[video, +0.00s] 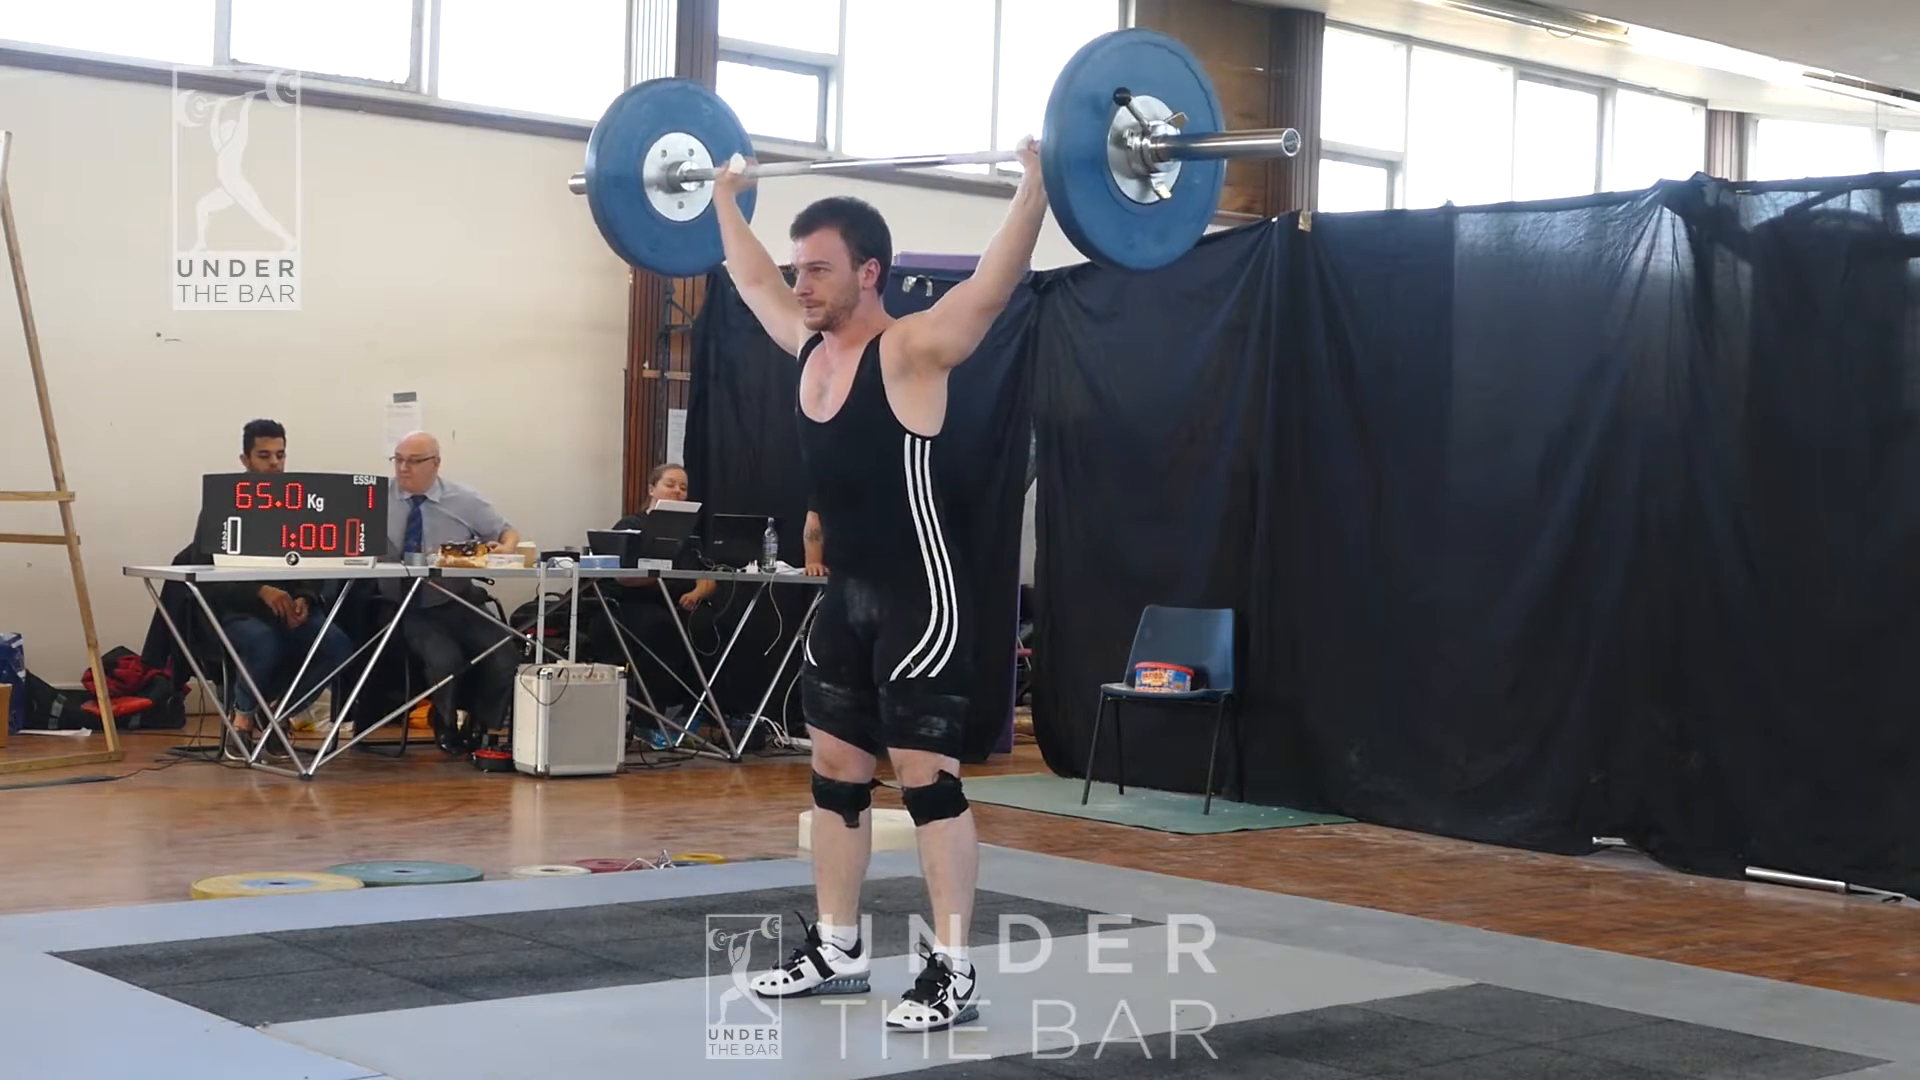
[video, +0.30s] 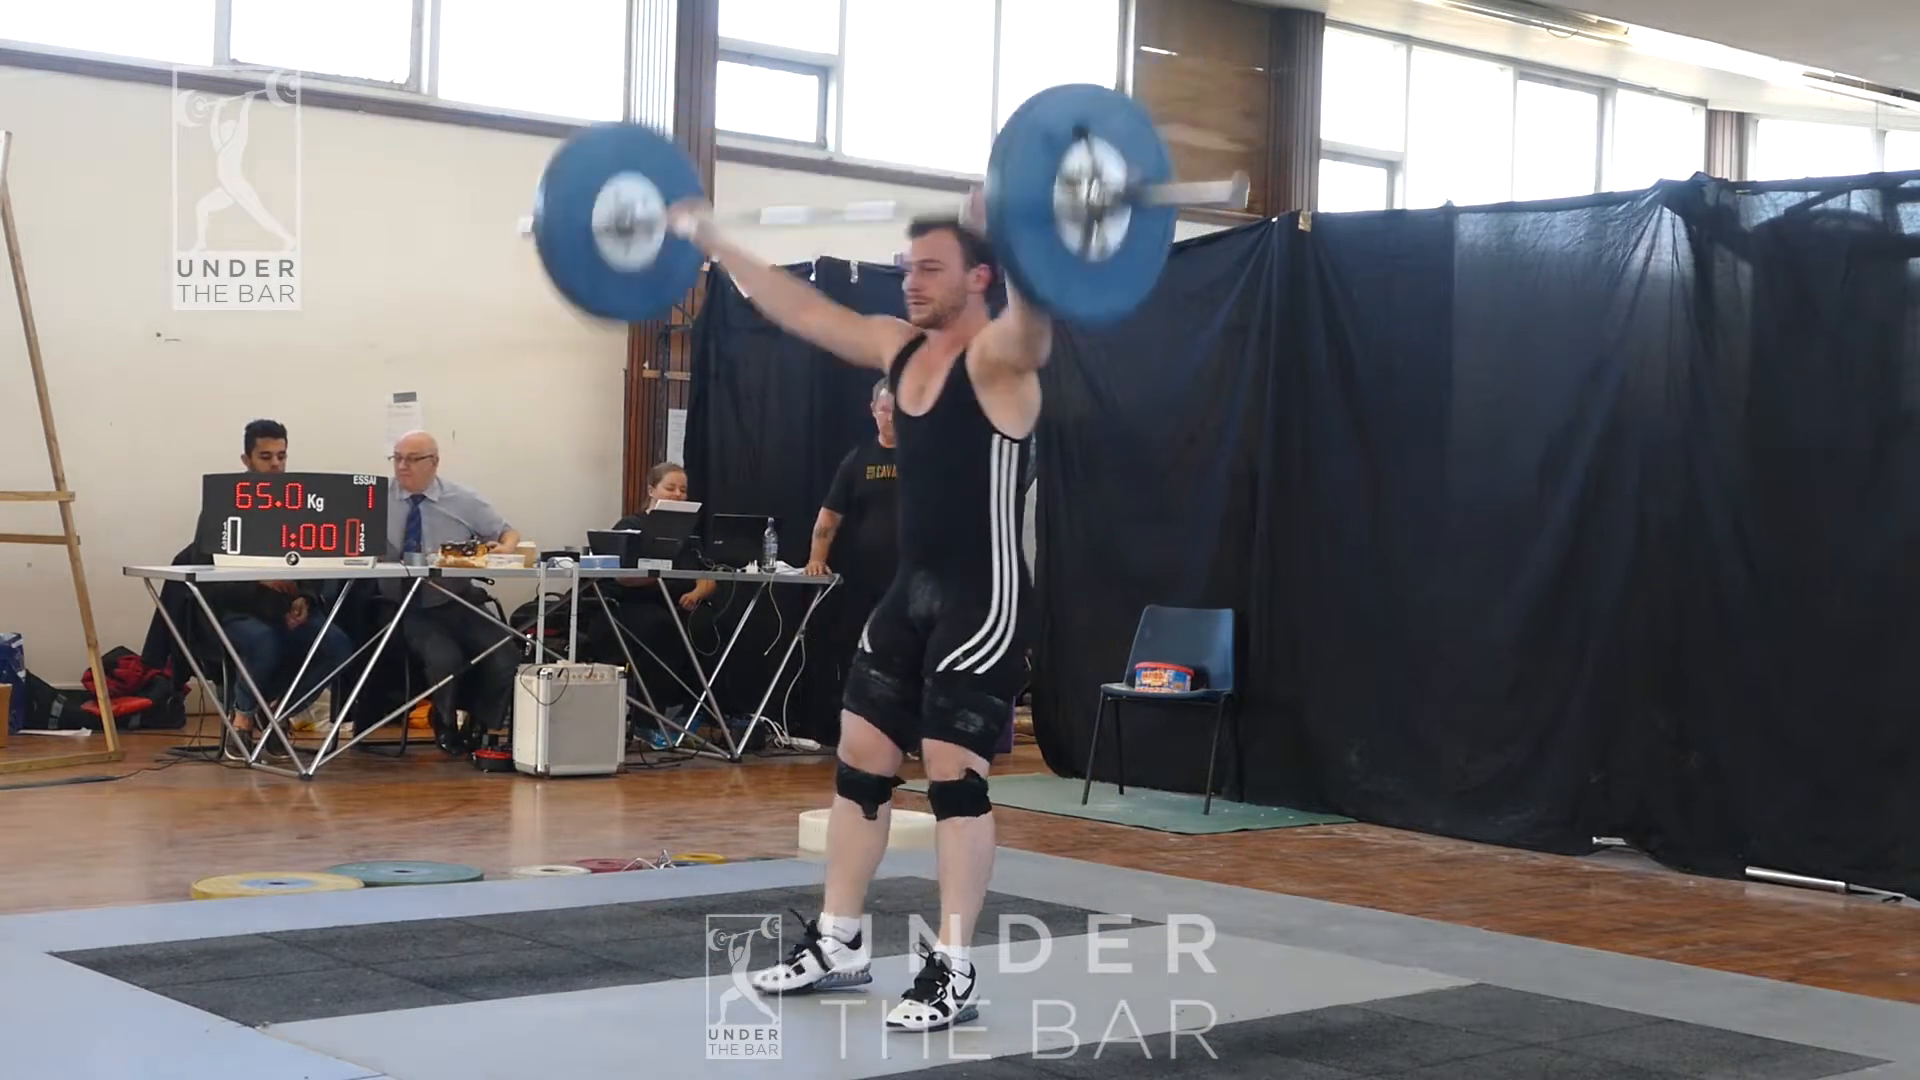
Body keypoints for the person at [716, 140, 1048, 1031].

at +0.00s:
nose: (802, 284)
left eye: (817, 270)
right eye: (799, 271)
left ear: (871, 273)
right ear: (804, 280)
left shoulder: (913, 346)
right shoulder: (811, 346)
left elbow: (991, 286)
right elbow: (758, 282)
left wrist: (1032, 188)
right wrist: (724, 199)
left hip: (925, 595)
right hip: (847, 594)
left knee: (924, 771)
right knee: (836, 765)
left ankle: (950, 971)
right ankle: (837, 952)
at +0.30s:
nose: (913, 282)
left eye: (930, 269)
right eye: (909, 270)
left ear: (980, 275)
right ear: (911, 277)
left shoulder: (1001, 351)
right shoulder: (902, 345)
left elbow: (1029, 323)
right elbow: (799, 305)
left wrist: (1031, 243)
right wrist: (706, 233)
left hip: (985, 601)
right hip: (910, 594)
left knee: (953, 767)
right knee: (863, 756)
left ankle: (952, 969)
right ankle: (838, 947)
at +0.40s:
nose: (945, 284)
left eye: (963, 270)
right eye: (940, 271)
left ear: (1008, 281)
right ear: (935, 282)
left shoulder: (1022, 363)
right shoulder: (922, 368)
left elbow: (1066, 352)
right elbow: (811, 377)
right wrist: (701, 344)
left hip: (998, 609)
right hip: (923, 600)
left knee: (965, 767)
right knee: (867, 752)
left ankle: (954, 968)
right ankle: (882, 933)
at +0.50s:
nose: (959, 289)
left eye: (977, 276)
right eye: (957, 276)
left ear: (1024, 289)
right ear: (959, 287)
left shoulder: (1046, 386)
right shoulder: (934, 385)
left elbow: (1088, 498)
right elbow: (846, 448)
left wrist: (1060, 557)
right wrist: (734, 482)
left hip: (1008, 601)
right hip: (937, 593)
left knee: (966, 768)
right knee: (880, 763)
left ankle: (955, 972)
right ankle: (947, 906)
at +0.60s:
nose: (968, 298)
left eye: (986, 285)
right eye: (965, 286)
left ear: (1033, 299)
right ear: (967, 297)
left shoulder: (1058, 402)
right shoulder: (952, 396)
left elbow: (1094, 517)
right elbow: (906, 508)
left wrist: (1084, 624)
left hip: (1013, 633)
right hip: (937, 624)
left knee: (975, 789)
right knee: (913, 784)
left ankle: (957, 962)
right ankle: (1004, 909)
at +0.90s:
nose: (991, 301)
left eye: (1006, 287)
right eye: (986, 288)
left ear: (1053, 290)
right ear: (987, 294)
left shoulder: (1092, 380)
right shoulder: (981, 389)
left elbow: (1160, 473)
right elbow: (971, 494)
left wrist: (1146, 584)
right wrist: (957, 590)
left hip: (1071, 614)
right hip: (994, 612)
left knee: (1056, 766)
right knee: (984, 762)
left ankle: (1061, 938)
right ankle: (1002, 930)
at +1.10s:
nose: (1011, 346)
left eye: (1022, 329)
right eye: (1003, 331)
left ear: (1067, 316)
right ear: (1001, 327)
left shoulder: (1122, 393)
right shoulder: (1021, 400)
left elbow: (1215, 470)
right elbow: (1040, 497)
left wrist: (1195, 565)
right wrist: (1023, 585)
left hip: (1122, 607)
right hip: (1043, 601)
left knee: (1121, 767)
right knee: (1022, 761)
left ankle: (1190, 909)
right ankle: (1005, 926)